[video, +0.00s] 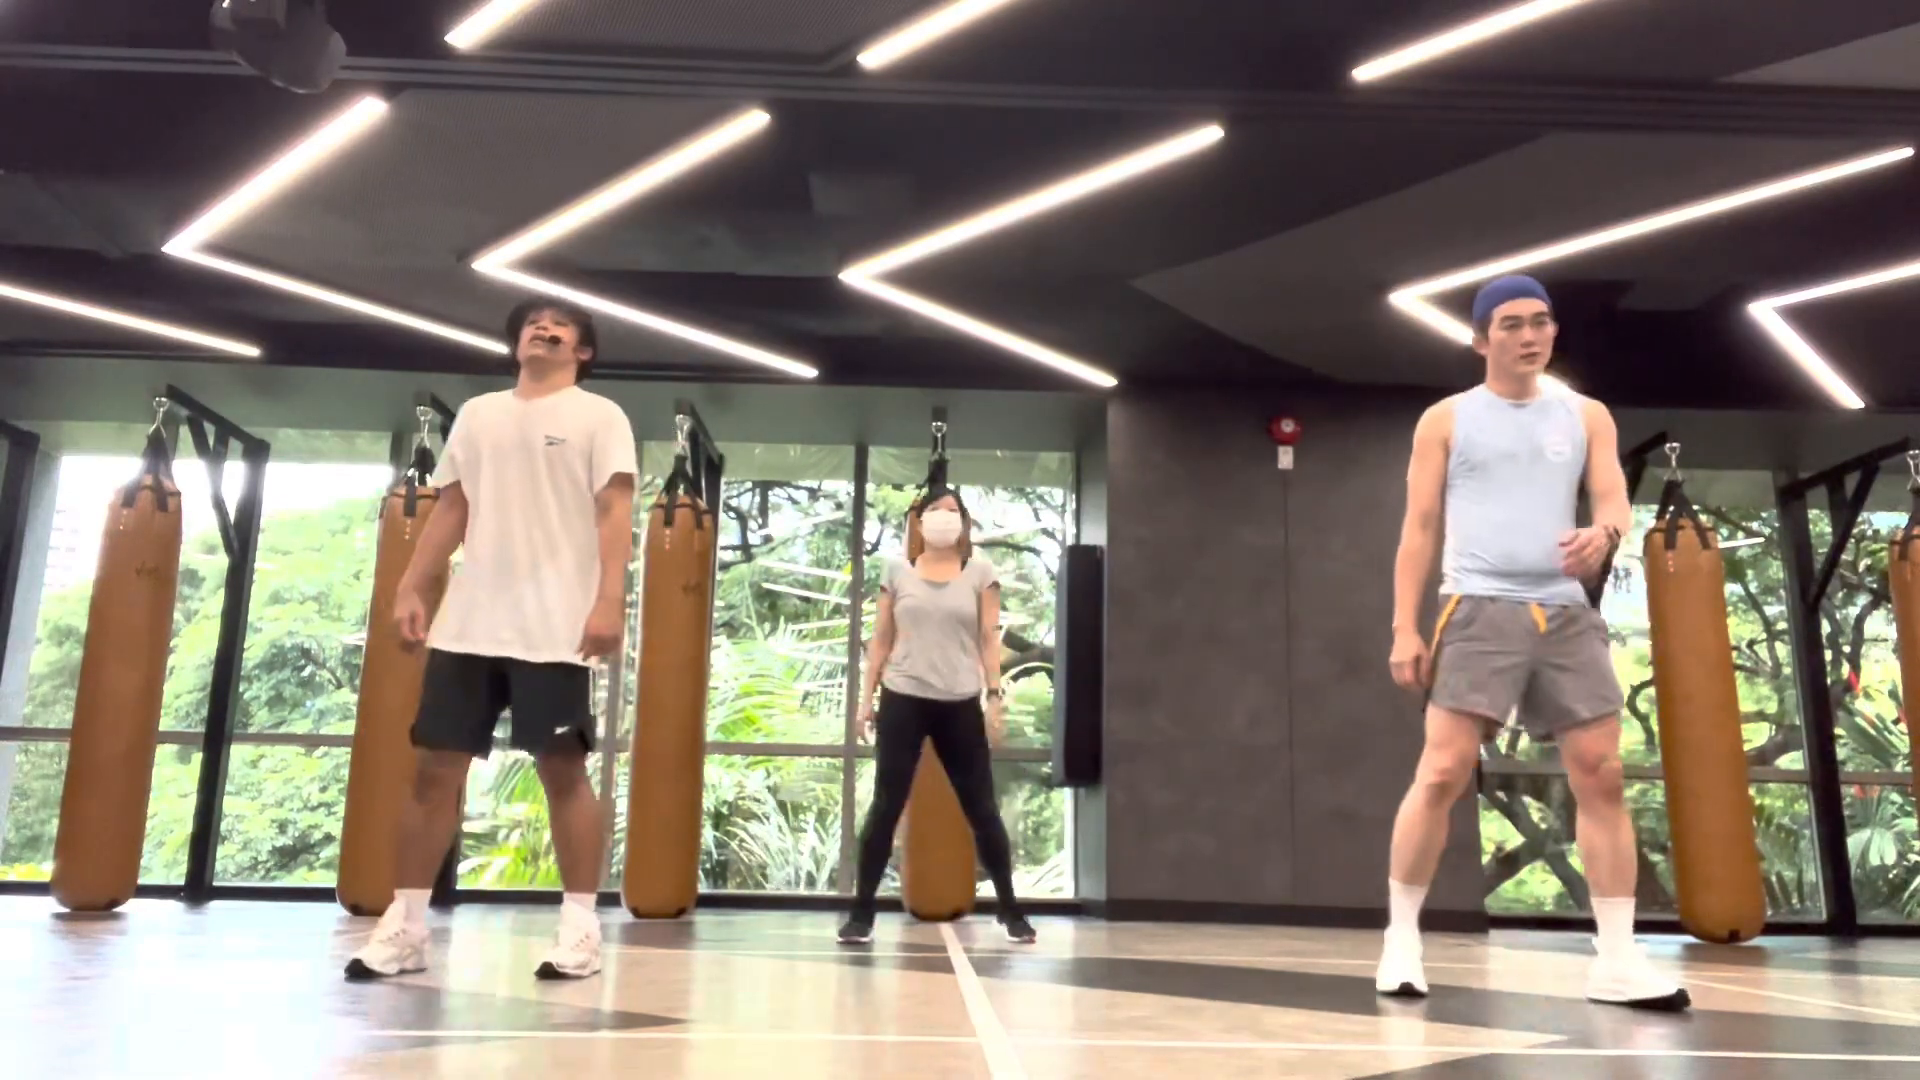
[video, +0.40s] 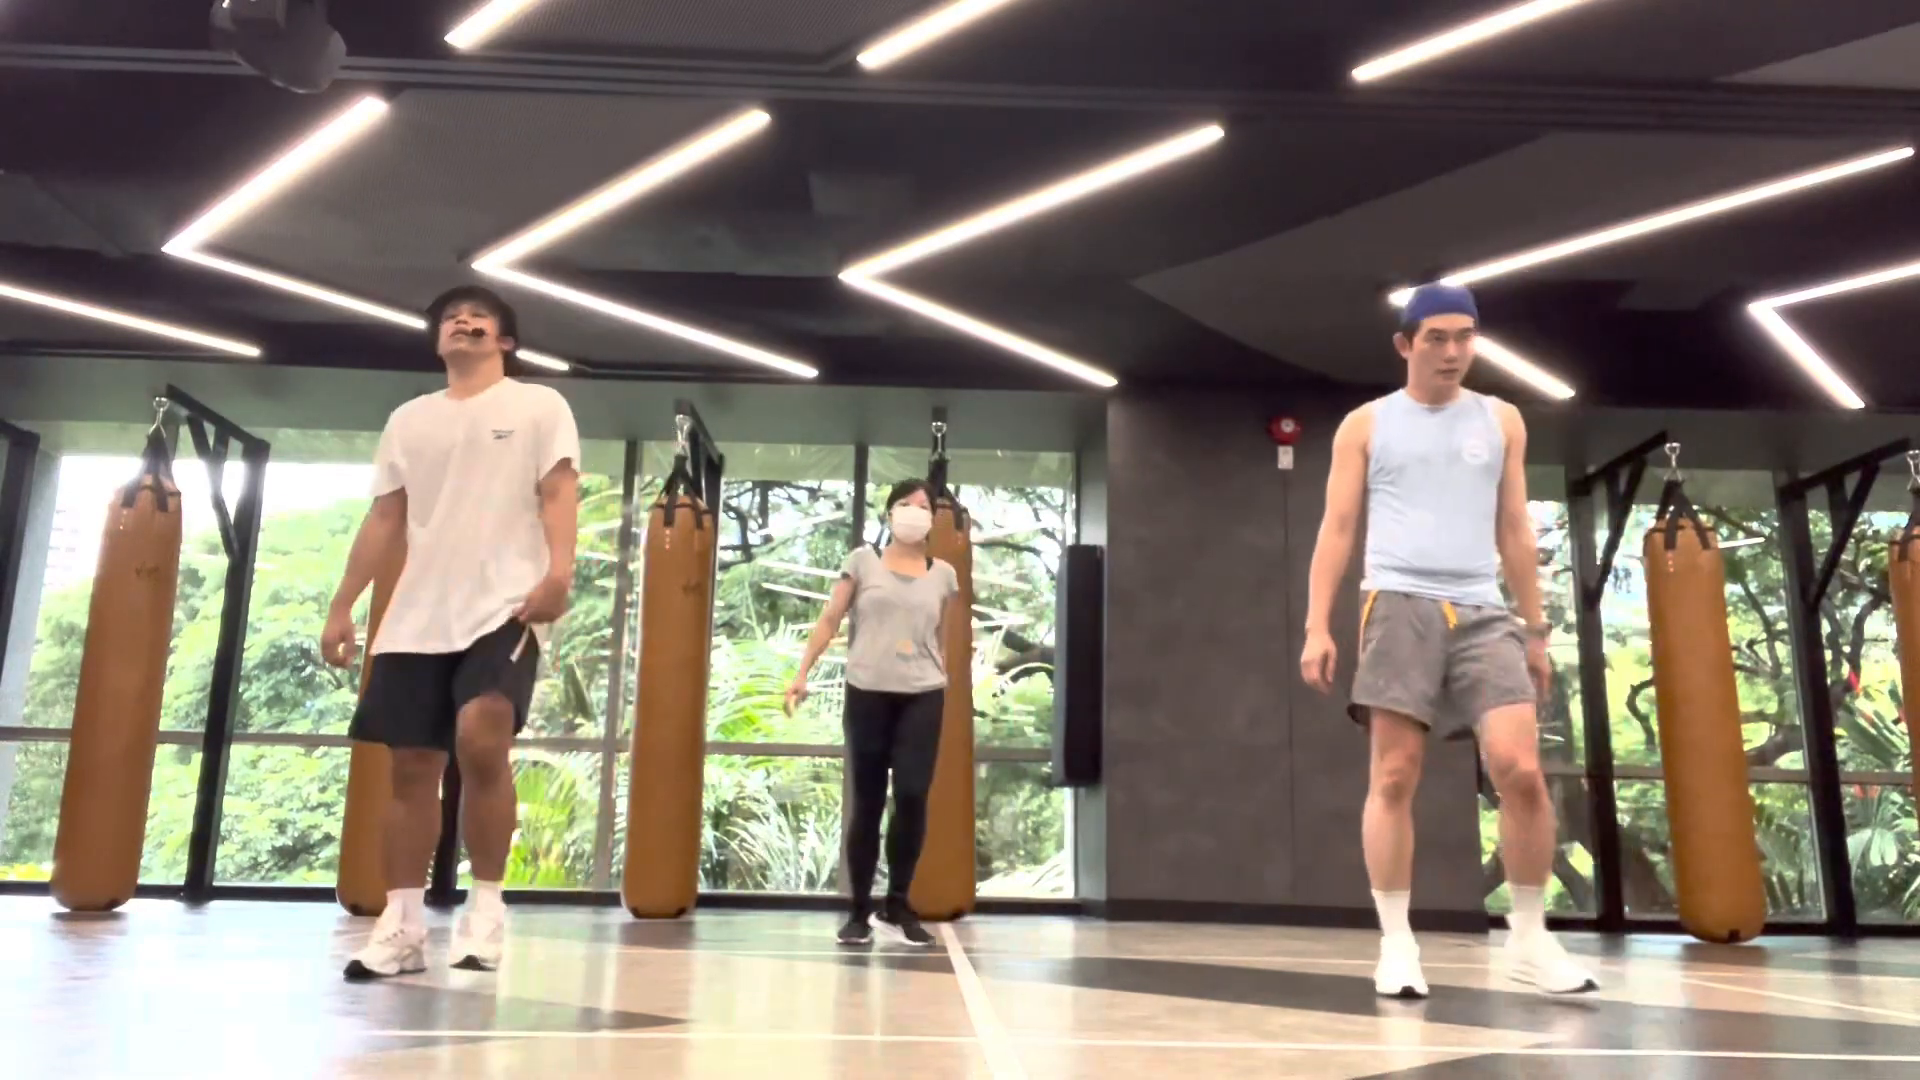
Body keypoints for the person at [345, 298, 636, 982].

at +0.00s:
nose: (543, 332)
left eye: (559, 328)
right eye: (532, 325)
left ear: (582, 355)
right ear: (514, 345)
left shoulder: (600, 416)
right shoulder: (478, 413)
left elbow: (615, 511)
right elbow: (451, 506)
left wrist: (610, 601)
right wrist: (411, 585)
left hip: (555, 626)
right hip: (469, 621)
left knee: (564, 772)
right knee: (435, 770)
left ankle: (581, 929)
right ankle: (405, 928)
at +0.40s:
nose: (464, 324)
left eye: (480, 317)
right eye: (452, 317)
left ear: (506, 341)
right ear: (435, 341)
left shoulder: (540, 405)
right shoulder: (408, 420)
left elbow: (559, 493)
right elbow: (384, 523)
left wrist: (560, 574)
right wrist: (342, 606)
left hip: (503, 610)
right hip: (416, 616)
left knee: (481, 735)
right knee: (412, 765)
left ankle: (486, 912)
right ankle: (404, 926)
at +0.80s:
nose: (491, 326)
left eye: (506, 319)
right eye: (478, 319)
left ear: (530, 345)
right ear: (458, 343)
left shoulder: (559, 408)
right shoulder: (429, 423)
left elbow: (575, 499)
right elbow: (405, 519)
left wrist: (553, 570)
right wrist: (381, 589)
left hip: (521, 616)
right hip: (434, 623)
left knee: (533, 749)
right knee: (425, 771)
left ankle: (575, 905)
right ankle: (404, 926)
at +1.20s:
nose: (580, 327)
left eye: (596, 324)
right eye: (568, 320)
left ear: (616, 352)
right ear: (547, 346)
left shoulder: (640, 413)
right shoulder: (518, 421)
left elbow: (662, 504)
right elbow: (500, 523)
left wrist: (657, 590)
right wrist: (470, 611)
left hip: (598, 617)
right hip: (513, 614)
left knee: (589, 763)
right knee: (453, 741)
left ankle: (600, 933)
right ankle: (462, 904)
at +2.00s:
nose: (489, 328)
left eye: (505, 323)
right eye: (477, 318)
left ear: (526, 349)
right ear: (455, 339)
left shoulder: (546, 416)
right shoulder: (419, 418)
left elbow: (560, 513)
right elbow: (398, 520)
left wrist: (563, 606)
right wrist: (364, 601)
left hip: (507, 631)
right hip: (413, 630)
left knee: (540, 772)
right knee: (379, 769)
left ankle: (592, 923)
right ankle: (364, 928)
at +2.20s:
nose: (450, 318)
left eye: (466, 312)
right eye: (438, 310)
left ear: (490, 338)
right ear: (418, 332)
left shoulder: (519, 407)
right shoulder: (384, 413)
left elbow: (531, 504)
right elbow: (359, 511)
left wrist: (507, 590)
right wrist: (312, 594)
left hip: (476, 621)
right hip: (393, 621)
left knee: (475, 753)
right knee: (376, 768)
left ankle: (504, 899)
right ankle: (362, 926)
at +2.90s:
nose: (542, 333)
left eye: (557, 323)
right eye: (529, 323)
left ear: (579, 344)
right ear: (510, 342)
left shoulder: (609, 417)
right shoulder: (477, 419)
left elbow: (621, 518)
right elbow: (453, 518)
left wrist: (611, 604)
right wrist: (397, 568)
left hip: (563, 626)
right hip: (470, 623)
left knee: (576, 770)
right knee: (412, 767)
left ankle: (600, 930)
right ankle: (370, 923)